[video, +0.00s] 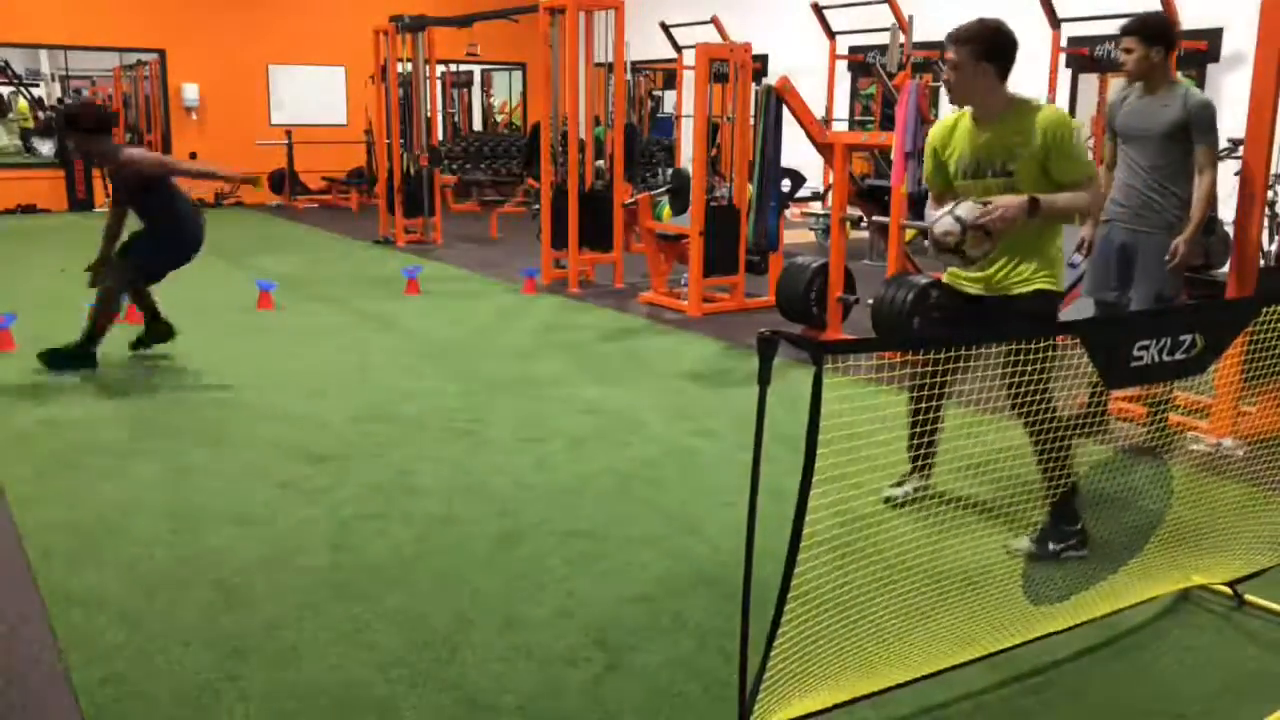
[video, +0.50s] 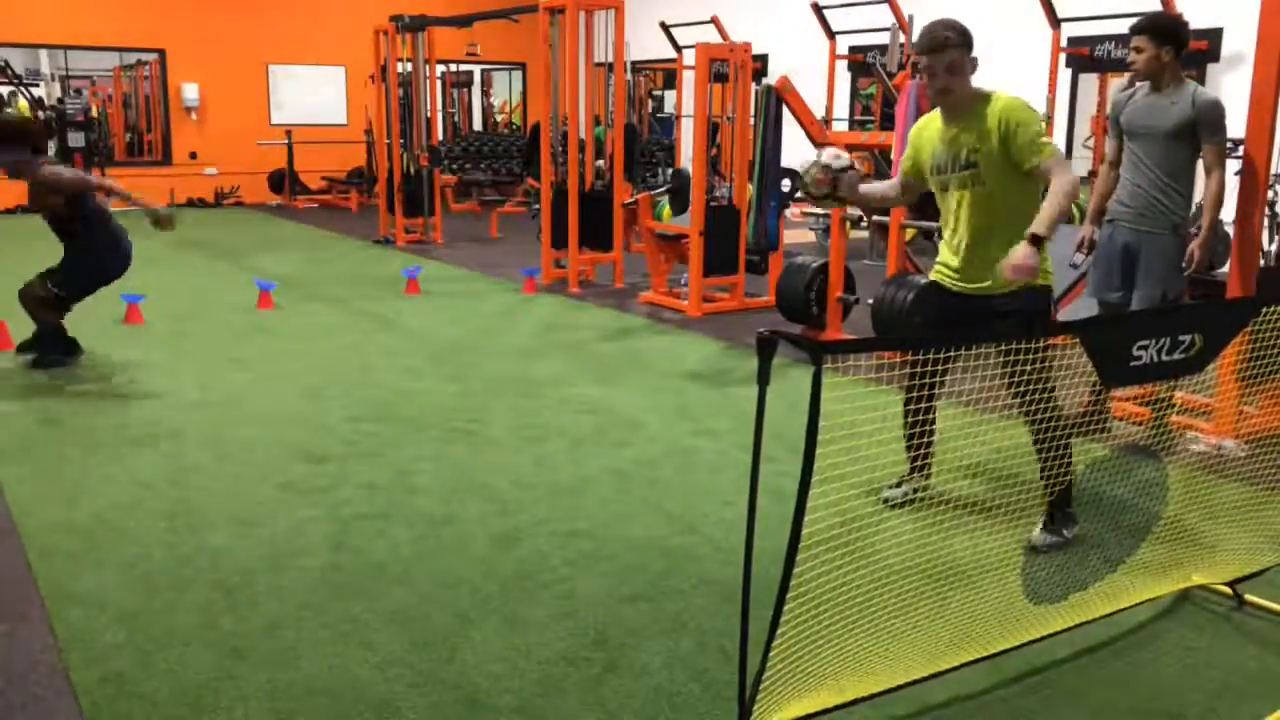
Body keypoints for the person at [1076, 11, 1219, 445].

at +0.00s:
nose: (1121, 59)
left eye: (1128, 52)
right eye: (1120, 51)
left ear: (1159, 54)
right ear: (1141, 55)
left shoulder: (1194, 105)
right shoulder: (1118, 99)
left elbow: (1206, 173)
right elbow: (1108, 166)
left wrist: (1191, 234)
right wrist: (1092, 222)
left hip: (1161, 237)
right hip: (1113, 230)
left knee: (1150, 329)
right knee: (1104, 324)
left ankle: (1155, 423)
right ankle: (1094, 405)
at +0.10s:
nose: (1124, 60)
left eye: (1131, 52)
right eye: (1123, 52)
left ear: (1162, 54)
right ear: (1144, 56)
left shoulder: (1198, 106)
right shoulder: (1120, 99)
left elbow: (1209, 173)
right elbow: (1109, 166)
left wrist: (1193, 234)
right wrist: (1091, 223)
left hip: (1163, 236)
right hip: (1114, 230)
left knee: (1151, 329)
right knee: (1105, 323)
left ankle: (1157, 422)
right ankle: (1096, 405)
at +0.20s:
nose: (1125, 59)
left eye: (1134, 51)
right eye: (1126, 52)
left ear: (1164, 54)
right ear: (1143, 55)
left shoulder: (1200, 104)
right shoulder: (1122, 99)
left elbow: (1212, 175)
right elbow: (1110, 166)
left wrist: (1196, 236)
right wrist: (1090, 221)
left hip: (1163, 235)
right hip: (1114, 229)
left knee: (1150, 329)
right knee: (1105, 323)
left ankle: (1155, 421)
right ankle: (1093, 408)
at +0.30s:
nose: (1127, 59)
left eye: (1136, 51)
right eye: (1127, 51)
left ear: (1166, 54)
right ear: (1145, 55)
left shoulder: (1201, 105)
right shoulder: (1122, 100)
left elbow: (1213, 175)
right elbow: (1110, 165)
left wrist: (1202, 237)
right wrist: (1090, 221)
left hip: (1162, 236)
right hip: (1114, 229)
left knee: (1148, 329)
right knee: (1106, 324)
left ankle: (1157, 424)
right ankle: (1094, 408)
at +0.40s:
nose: (1128, 59)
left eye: (1137, 51)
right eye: (1128, 51)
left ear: (1168, 54)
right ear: (1148, 55)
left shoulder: (1202, 105)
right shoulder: (1123, 99)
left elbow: (1214, 174)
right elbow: (1110, 165)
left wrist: (1204, 236)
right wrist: (1090, 220)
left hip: (1163, 236)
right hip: (1113, 230)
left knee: (1148, 330)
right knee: (1106, 324)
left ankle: (1156, 431)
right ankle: (1093, 412)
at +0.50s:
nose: (1129, 58)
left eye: (1138, 50)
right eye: (1130, 50)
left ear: (1169, 55)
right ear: (1146, 54)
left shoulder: (1202, 104)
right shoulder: (1123, 98)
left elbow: (1214, 174)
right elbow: (1110, 165)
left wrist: (1205, 236)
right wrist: (1090, 221)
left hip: (1163, 237)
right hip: (1114, 230)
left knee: (1149, 330)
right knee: (1106, 323)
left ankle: (1157, 428)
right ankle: (1095, 409)